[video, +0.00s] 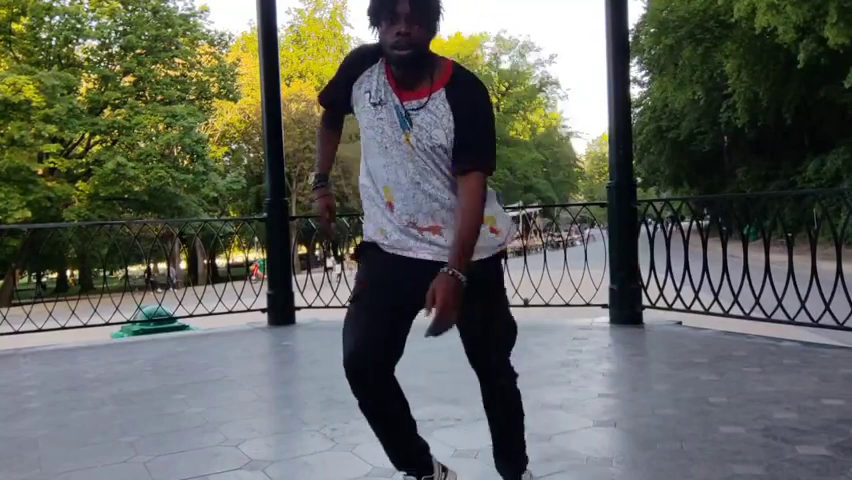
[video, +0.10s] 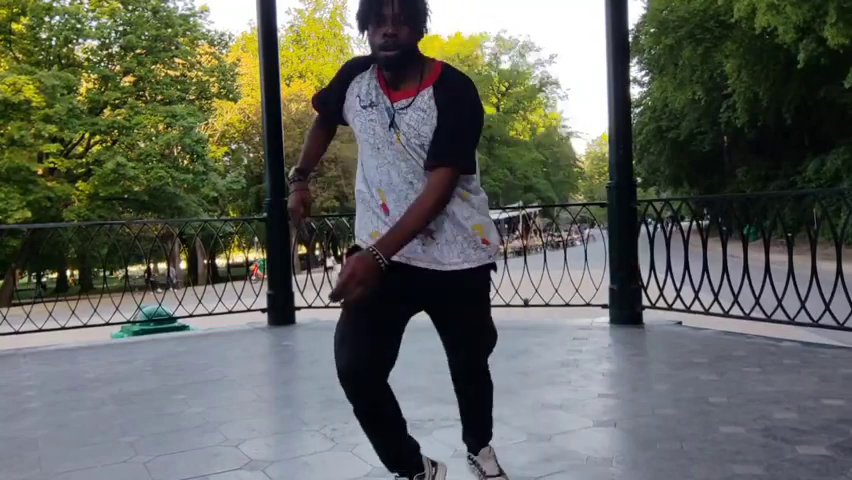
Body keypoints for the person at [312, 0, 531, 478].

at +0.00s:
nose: (403, 29)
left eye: (416, 18)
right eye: (391, 18)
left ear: (434, 24)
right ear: (376, 25)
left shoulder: (464, 90)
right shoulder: (360, 68)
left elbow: (472, 183)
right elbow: (332, 115)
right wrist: (321, 182)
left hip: (468, 252)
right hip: (391, 250)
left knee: (494, 368)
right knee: (364, 363)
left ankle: (513, 470)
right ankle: (421, 470)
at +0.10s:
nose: (388, 32)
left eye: (400, 22)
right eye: (378, 22)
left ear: (420, 27)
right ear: (364, 29)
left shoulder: (454, 90)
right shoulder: (354, 78)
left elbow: (439, 188)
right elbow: (324, 123)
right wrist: (301, 177)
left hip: (458, 261)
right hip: (385, 260)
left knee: (470, 364)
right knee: (356, 370)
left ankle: (480, 446)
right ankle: (415, 468)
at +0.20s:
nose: (381, 32)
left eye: (393, 22)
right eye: (369, 24)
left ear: (413, 29)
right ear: (359, 34)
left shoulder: (444, 82)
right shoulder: (353, 91)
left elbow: (427, 178)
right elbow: (323, 144)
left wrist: (337, 228)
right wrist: (287, 176)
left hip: (451, 259)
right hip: (379, 256)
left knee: (451, 362)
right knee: (356, 363)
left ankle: (435, 434)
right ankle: (399, 468)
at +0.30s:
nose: (379, 32)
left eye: (391, 22)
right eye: (369, 25)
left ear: (409, 28)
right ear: (356, 37)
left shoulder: (434, 64)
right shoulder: (358, 104)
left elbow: (431, 149)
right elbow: (331, 169)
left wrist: (344, 204)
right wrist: (279, 187)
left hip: (441, 254)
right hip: (374, 255)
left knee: (443, 361)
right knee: (375, 370)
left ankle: (403, 420)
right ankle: (392, 470)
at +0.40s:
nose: (381, 34)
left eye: (392, 25)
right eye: (372, 26)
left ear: (411, 31)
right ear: (360, 37)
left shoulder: (433, 60)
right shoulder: (358, 116)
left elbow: (447, 134)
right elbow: (340, 192)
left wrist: (368, 190)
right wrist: (280, 213)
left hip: (431, 251)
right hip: (368, 254)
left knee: (436, 360)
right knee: (374, 367)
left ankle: (400, 393)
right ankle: (398, 471)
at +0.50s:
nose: (388, 34)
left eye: (399, 24)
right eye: (377, 26)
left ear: (416, 29)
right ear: (364, 35)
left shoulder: (440, 66)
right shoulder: (353, 113)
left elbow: (471, 132)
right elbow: (340, 192)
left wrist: (405, 183)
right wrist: (282, 245)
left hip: (422, 237)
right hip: (354, 243)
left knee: (424, 338)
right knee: (354, 358)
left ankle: (407, 370)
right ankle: (399, 468)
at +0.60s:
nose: (387, 34)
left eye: (397, 24)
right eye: (376, 25)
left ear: (413, 28)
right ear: (363, 32)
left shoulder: (439, 80)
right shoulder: (349, 105)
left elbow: (488, 150)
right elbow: (339, 192)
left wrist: (454, 176)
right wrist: (302, 261)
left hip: (414, 221)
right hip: (351, 232)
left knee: (406, 301)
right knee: (357, 357)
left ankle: (422, 362)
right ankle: (406, 468)